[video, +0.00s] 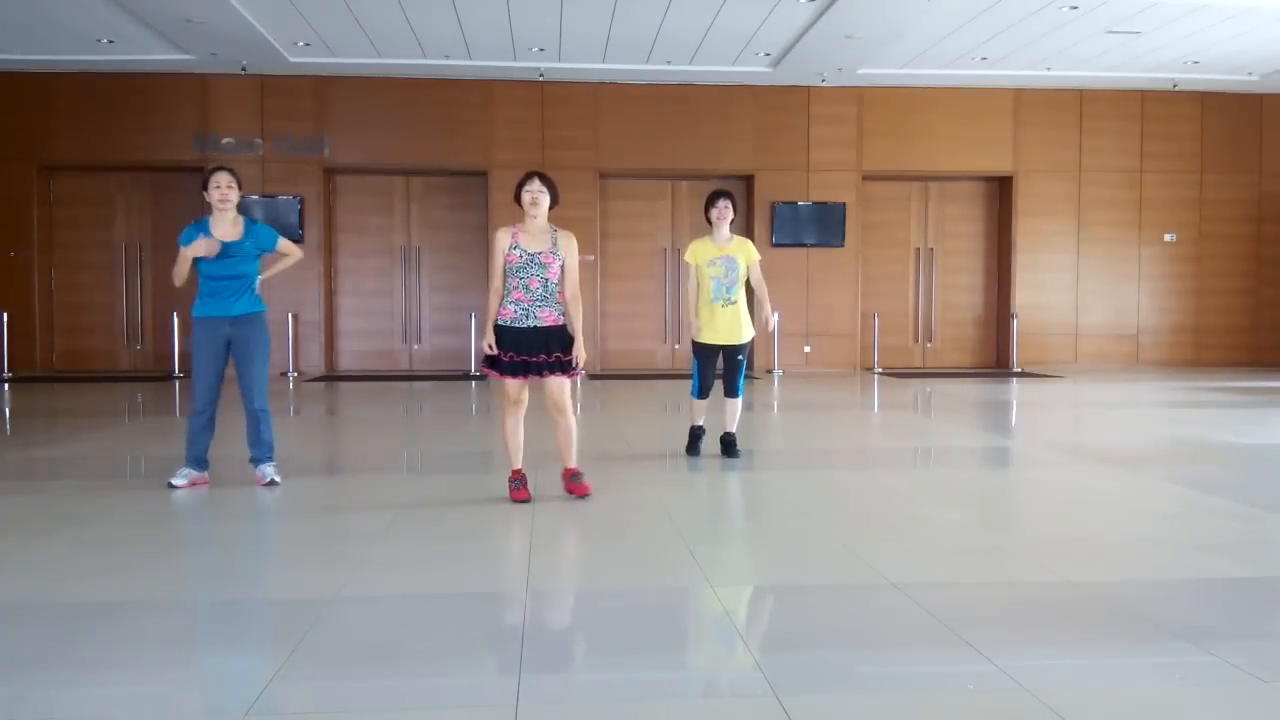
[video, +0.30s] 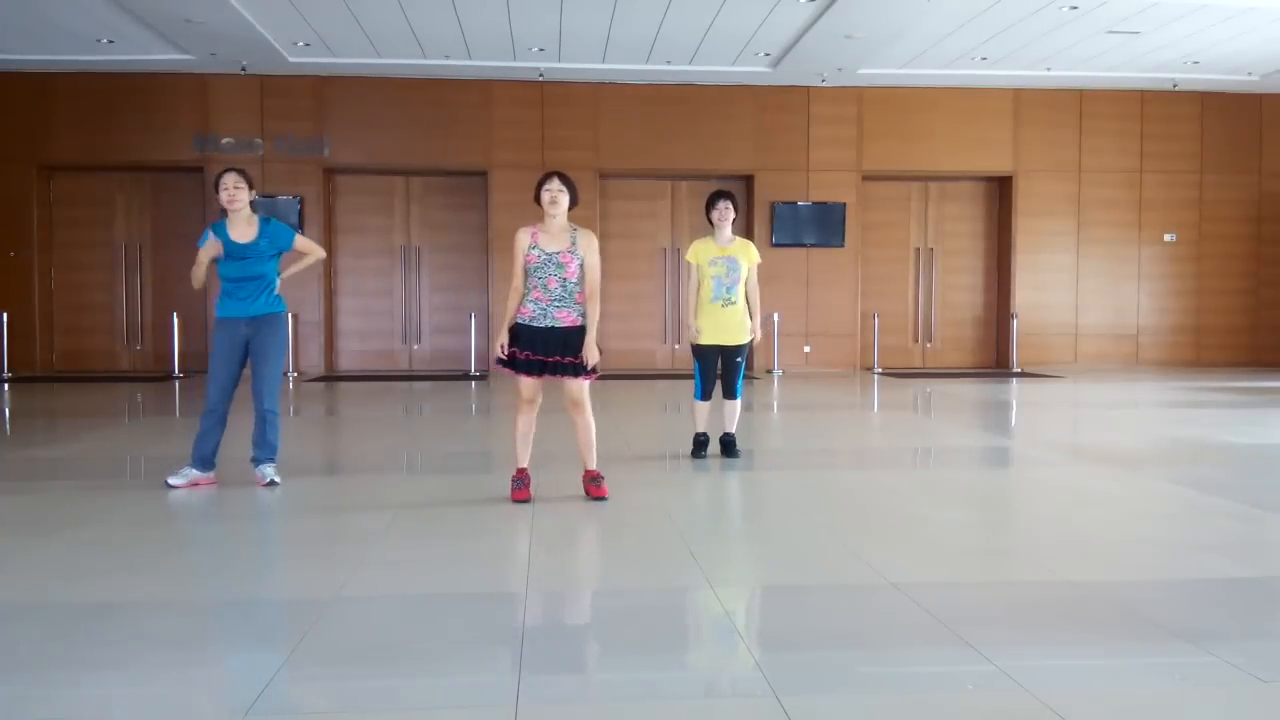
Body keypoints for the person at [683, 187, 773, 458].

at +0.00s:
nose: (721, 211)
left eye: (726, 207)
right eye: (716, 207)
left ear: (733, 213)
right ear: (708, 212)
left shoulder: (745, 246)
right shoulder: (696, 248)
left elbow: (758, 282)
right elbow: (691, 287)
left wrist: (767, 309)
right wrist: (692, 320)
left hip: (738, 328)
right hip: (705, 328)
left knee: (734, 387)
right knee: (701, 386)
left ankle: (729, 436)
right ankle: (696, 432)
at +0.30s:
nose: (722, 213)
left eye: (727, 208)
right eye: (717, 209)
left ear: (734, 214)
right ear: (709, 214)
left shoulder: (747, 248)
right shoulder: (698, 248)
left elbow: (752, 286)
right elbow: (692, 287)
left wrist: (756, 320)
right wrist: (691, 323)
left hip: (737, 329)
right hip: (705, 329)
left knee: (732, 388)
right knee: (704, 387)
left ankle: (729, 437)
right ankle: (700, 437)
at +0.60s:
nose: (721, 208)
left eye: (726, 204)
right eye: (715, 205)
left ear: (733, 210)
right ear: (707, 212)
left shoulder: (745, 245)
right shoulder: (697, 244)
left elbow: (753, 284)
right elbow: (686, 283)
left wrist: (761, 317)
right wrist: (675, 318)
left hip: (736, 327)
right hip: (702, 327)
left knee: (732, 387)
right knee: (704, 385)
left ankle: (729, 437)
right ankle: (700, 436)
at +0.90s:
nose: (716, 211)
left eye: (722, 207)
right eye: (711, 207)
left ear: (728, 213)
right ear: (703, 212)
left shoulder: (739, 246)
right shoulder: (690, 247)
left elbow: (749, 283)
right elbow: (683, 286)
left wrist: (757, 316)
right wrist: (677, 320)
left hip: (730, 328)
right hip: (697, 328)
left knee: (728, 387)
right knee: (700, 386)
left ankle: (728, 437)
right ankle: (700, 437)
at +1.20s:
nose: (709, 212)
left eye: (713, 206)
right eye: (704, 210)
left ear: (724, 210)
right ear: (700, 219)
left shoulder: (742, 247)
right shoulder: (693, 247)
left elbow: (745, 286)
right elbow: (685, 286)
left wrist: (735, 317)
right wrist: (682, 320)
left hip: (729, 327)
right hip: (697, 328)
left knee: (734, 386)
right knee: (699, 386)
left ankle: (735, 436)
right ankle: (700, 437)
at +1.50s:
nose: (725, 207)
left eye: (730, 204)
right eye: (720, 205)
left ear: (739, 211)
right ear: (713, 214)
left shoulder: (752, 246)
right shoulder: (704, 245)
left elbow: (758, 288)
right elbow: (694, 285)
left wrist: (762, 323)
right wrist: (686, 320)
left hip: (742, 327)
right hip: (708, 326)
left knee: (744, 386)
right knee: (706, 386)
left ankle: (748, 437)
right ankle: (701, 437)